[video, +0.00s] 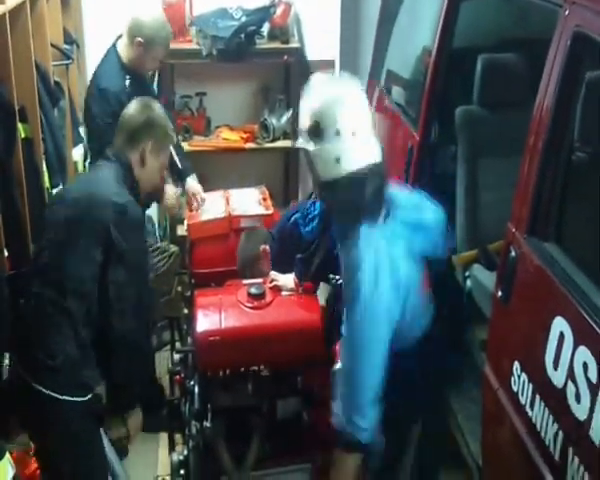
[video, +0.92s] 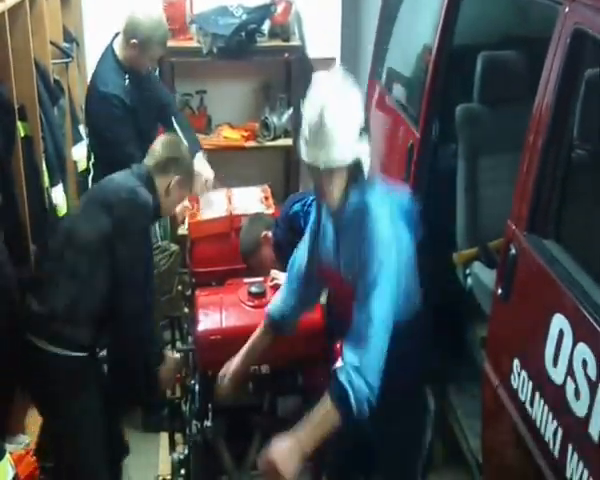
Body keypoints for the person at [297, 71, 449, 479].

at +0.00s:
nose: (351, 201)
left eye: (363, 185)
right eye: (339, 190)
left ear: (378, 177)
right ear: (322, 188)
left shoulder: (372, 242)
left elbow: (366, 340)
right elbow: (438, 226)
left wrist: (351, 441)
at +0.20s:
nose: (330, 113)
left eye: (334, 104)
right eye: (329, 102)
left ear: (351, 110)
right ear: (390, 94)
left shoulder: (369, 184)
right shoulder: (409, 145)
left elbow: (364, 304)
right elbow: (424, 228)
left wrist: (340, 410)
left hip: (373, 311)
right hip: (406, 295)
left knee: (359, 421)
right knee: (390, 381)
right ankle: (407, 438)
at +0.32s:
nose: (337, 113)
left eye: (339, 103)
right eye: (335, 103)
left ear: (352, 106)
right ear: (396, 84)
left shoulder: (373, 187)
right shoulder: (420, 150)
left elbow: (375, 316)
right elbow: (410, 245)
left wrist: (345, 412)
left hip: (341, 332)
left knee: (321, 434)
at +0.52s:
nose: (339, 162)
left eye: (342, 150)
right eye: (337, 151)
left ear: (358, 147)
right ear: (387, 127)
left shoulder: (378, 221)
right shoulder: (409, 181)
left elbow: (365, 345)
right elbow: (432, 280)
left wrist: (338, 442)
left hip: (333, 346)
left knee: (304, 442)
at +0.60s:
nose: (337, 153)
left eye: (341, 143)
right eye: (335, 143)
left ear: (356, 135)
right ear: (377, 120)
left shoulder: (380, 213)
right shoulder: (404, 169)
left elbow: (367, 324)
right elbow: (428, 254)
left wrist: (334, 424)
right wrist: (391, 310)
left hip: (338, 328)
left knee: (311, 435)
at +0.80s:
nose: (306, 94)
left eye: (313, 79)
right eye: (309, 79)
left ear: (333, 86)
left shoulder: (383, 170)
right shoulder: (345, 155)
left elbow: (371, 306)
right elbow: (328, 253)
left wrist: (310, 411)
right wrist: (274, 325)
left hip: (389, 345)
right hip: (354, 334)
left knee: (379, 457)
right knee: (353, 449)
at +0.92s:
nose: (323, 183)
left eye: (334, 169)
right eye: (316, 169)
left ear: (358, 156)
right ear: (307, 160)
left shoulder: (380, 212)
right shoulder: (329, 208)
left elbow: (371, 349)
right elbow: (294, 291)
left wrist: (300, 440)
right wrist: (242, 361)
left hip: (400, 382)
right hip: (358, 369)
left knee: (390, 470)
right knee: (348, 468)